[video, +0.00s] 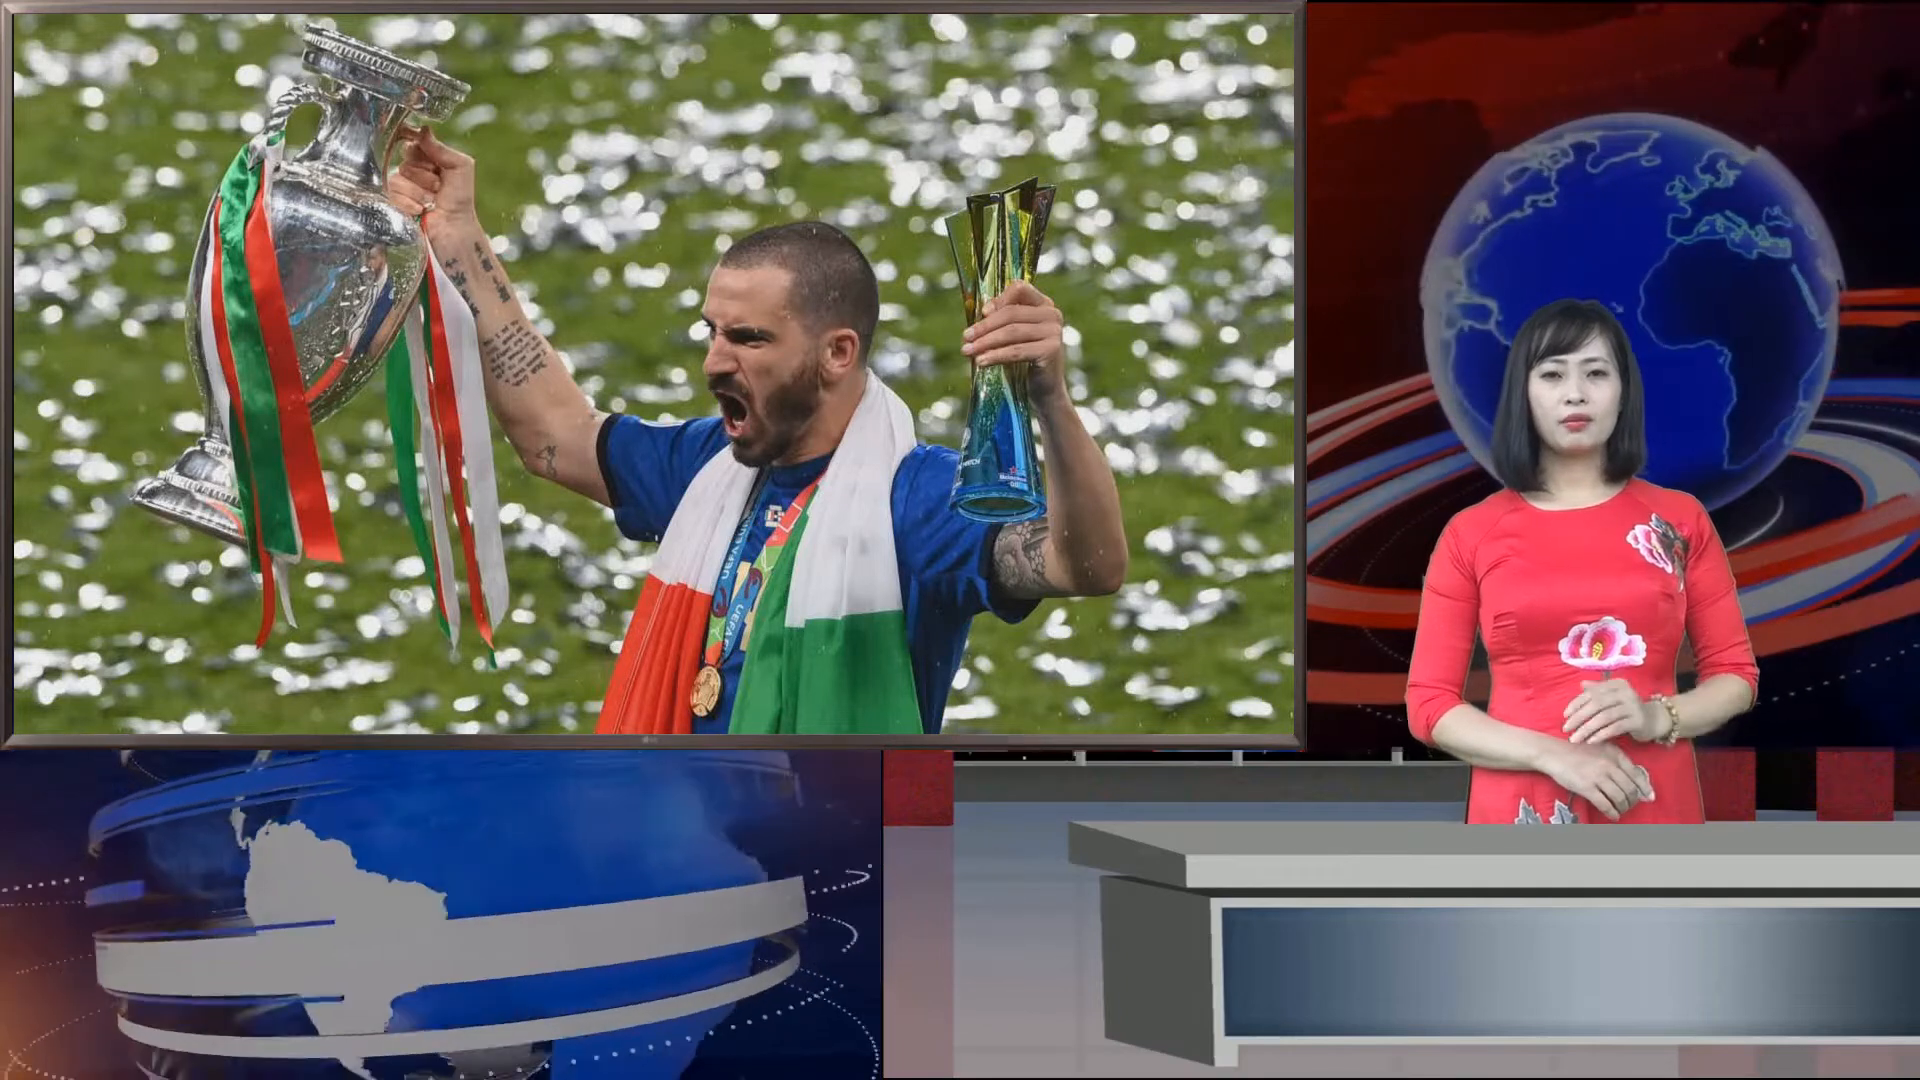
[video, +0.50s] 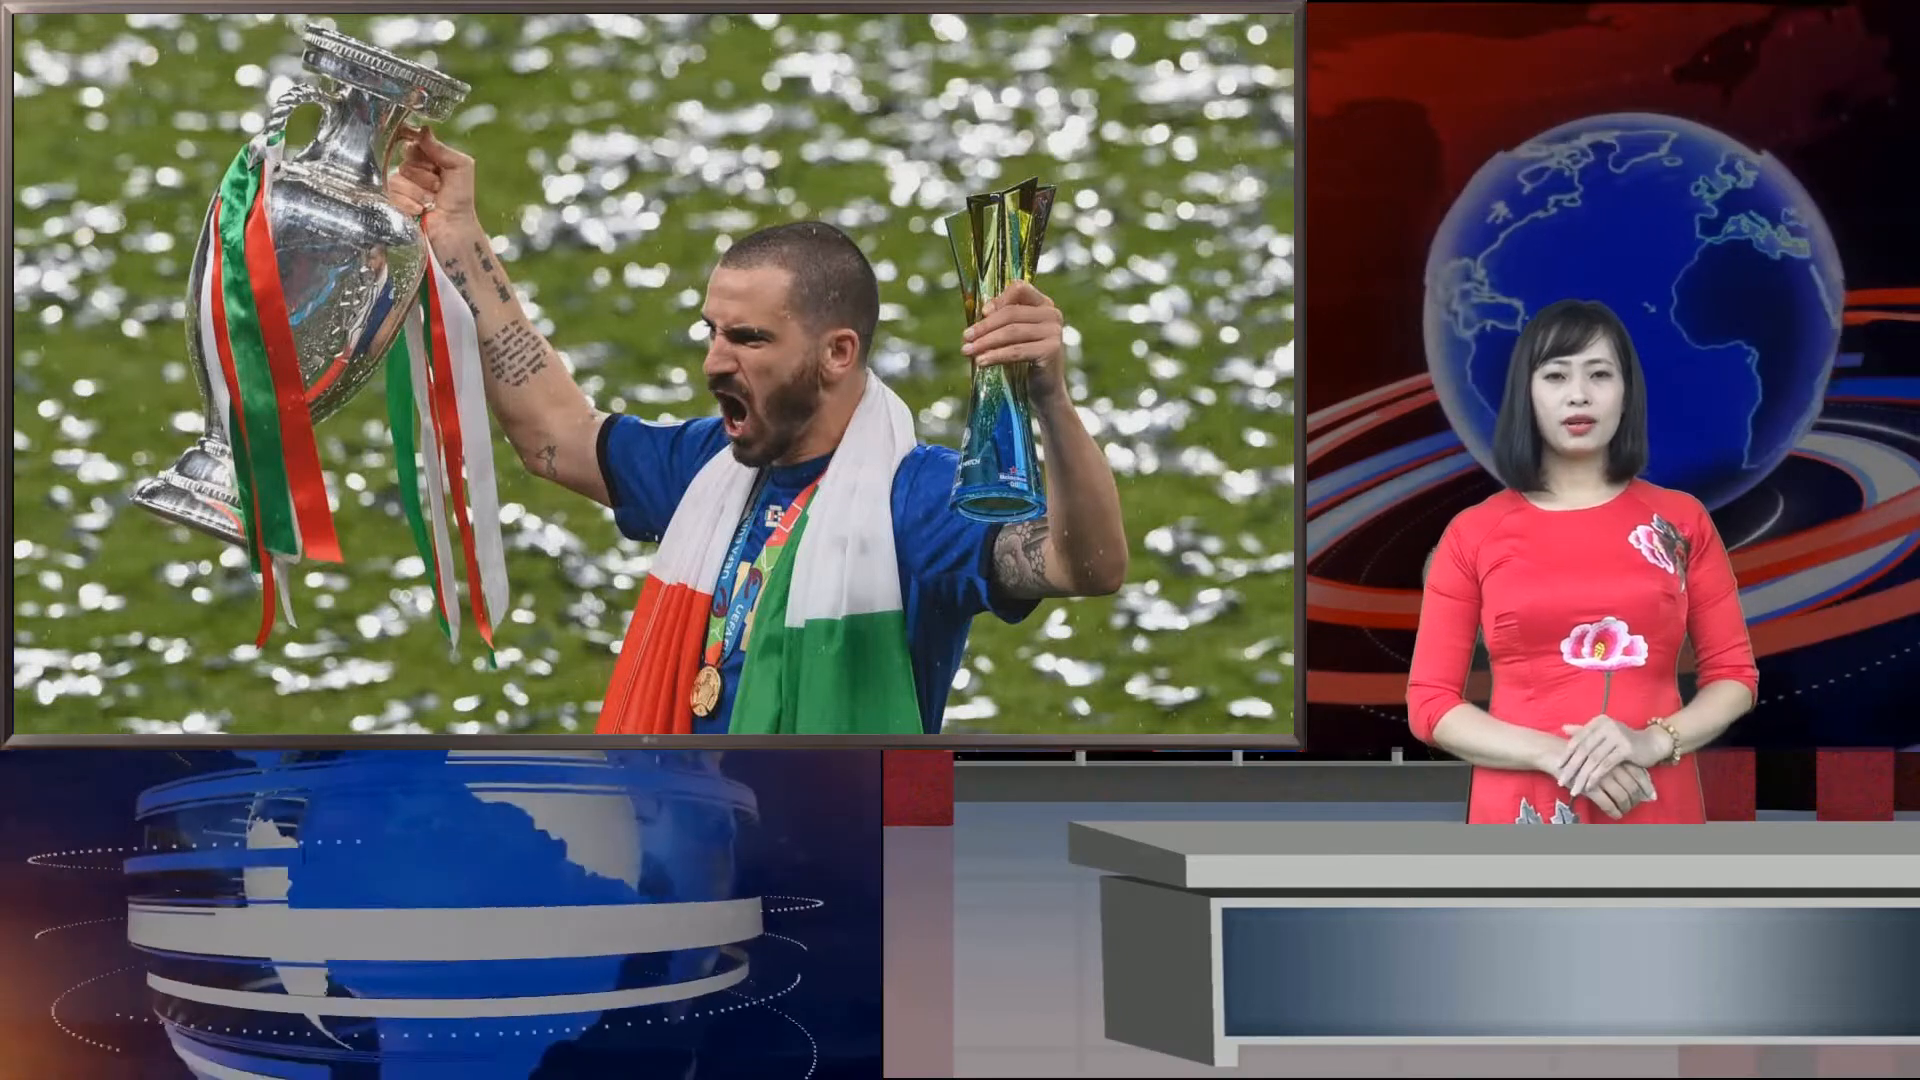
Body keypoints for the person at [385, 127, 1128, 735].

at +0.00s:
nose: (713, 362)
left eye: (747, 339)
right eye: (711, 333)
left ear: (839, 356)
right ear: (705, 327)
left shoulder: (915, 493)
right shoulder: (703, 466)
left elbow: (1090, 563)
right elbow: (557, 438)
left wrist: (1049, 399)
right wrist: (464, 252)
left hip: (833, 893)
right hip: (670, 883)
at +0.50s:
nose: (713, 362)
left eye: (747, 339)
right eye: (711, 333)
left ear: (839, 355)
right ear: (705, 327)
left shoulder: (915, 493)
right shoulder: (703, 466)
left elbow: (1090, 563)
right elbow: (557, 438)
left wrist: (1049, 398)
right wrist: (464, 252)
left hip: (833, 890)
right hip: (674, 881)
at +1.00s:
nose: (713, 362)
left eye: (747, 339)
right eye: (711, 333)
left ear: (838, 355)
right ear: (705, 327)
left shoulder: (914, 493)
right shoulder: (703, 466)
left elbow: (1090, 563)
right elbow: (557, 438)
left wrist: (1049, 399)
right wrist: (464, 252)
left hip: (834, 908)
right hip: (672, 894)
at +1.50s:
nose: (713, 362)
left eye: (747, 339)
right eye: (711, 333)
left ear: (839, 355)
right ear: (705, 327)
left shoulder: (915, 493)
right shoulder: (703, 466)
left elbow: (1090, 563)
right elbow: (557, 438)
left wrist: (1049, 399)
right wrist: (465, 254)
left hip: (830, 898)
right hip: (671, 882)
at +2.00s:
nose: (713, 361)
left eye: (747, 339)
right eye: (711, 333)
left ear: (839, 355)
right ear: (705, 327)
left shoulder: (914, 493)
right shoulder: (703, 465)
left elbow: (1089, 563)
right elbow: (557, 438)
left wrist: (1049, 398)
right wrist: (465, 255)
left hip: (831, 897)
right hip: (672, 886)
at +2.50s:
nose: (713, 362)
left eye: (747, 339)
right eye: (711, 333)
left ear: (839, 355)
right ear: (705, 327)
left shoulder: (914, 493)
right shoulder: (703, 466)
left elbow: (1089, 563)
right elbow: (557, 438)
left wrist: (1049, 399)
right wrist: (464, 254)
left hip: (836, 895)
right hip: (673, 886)